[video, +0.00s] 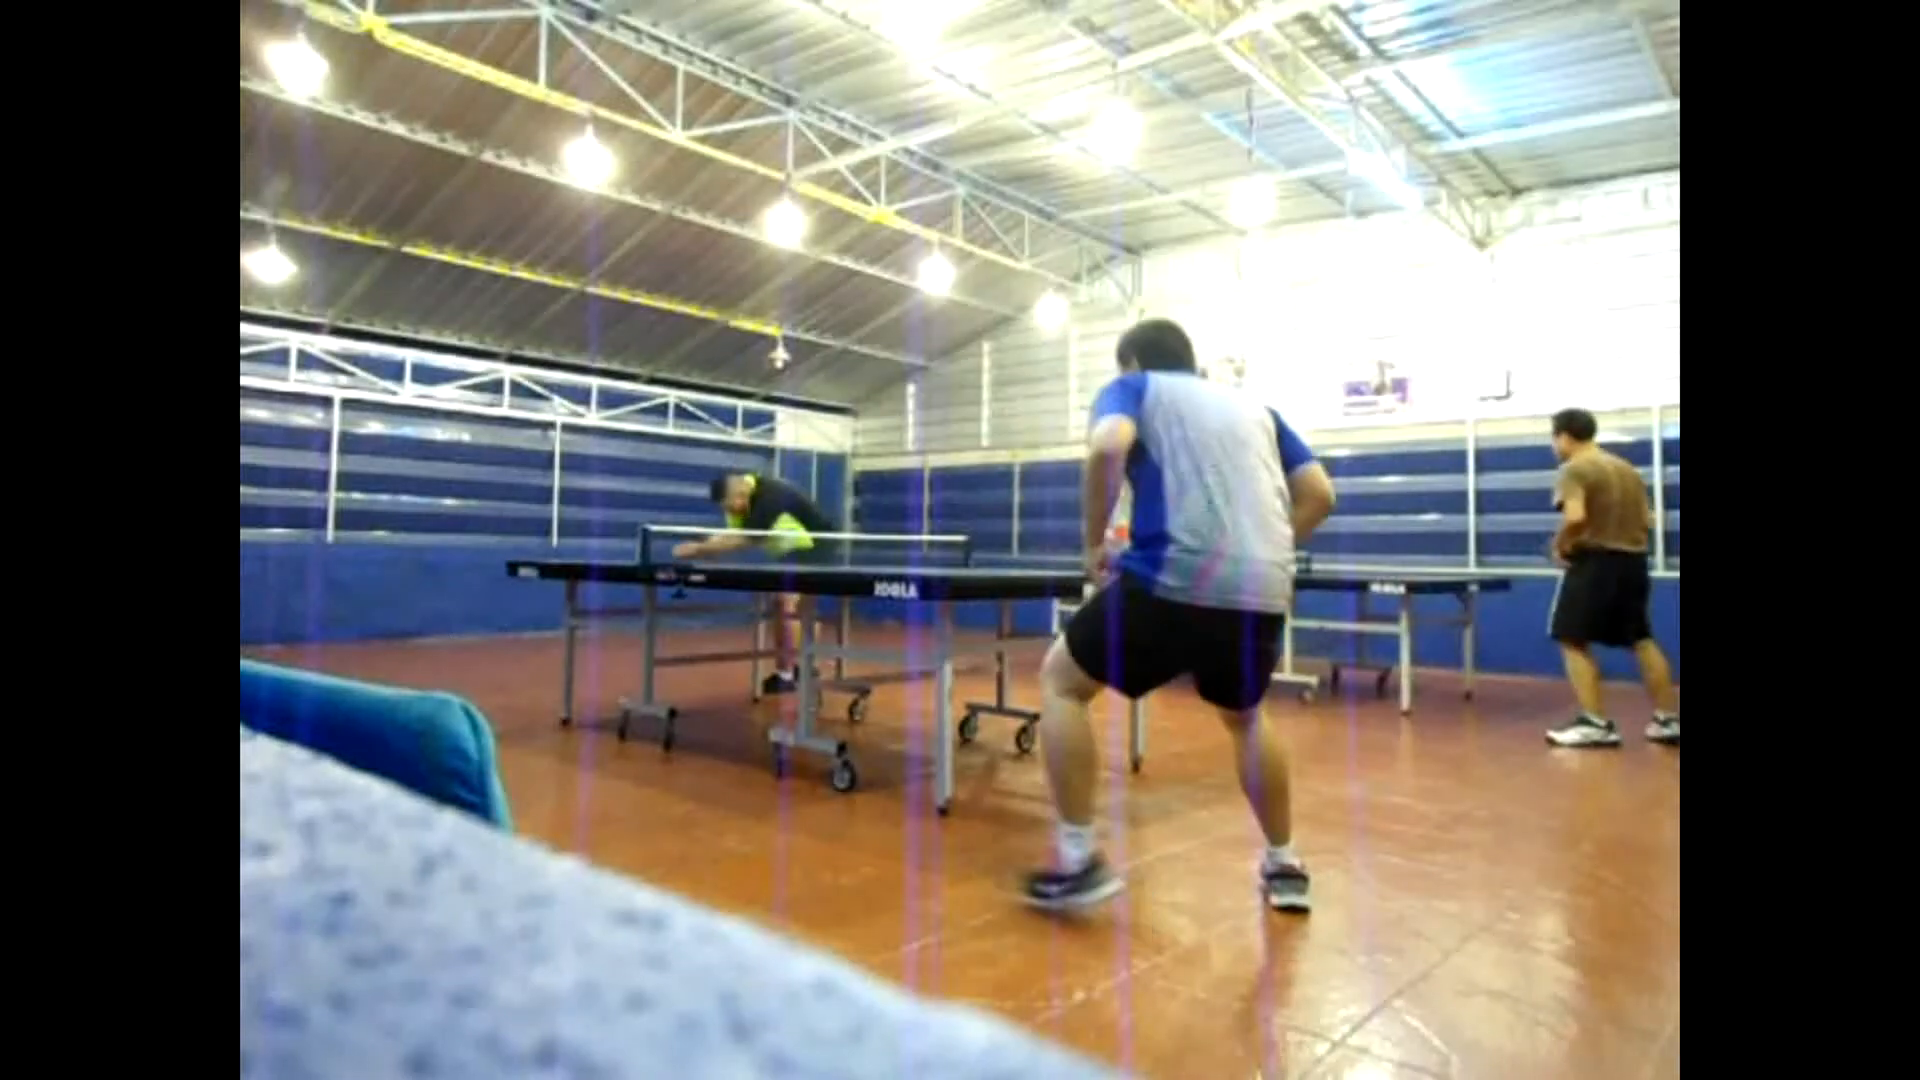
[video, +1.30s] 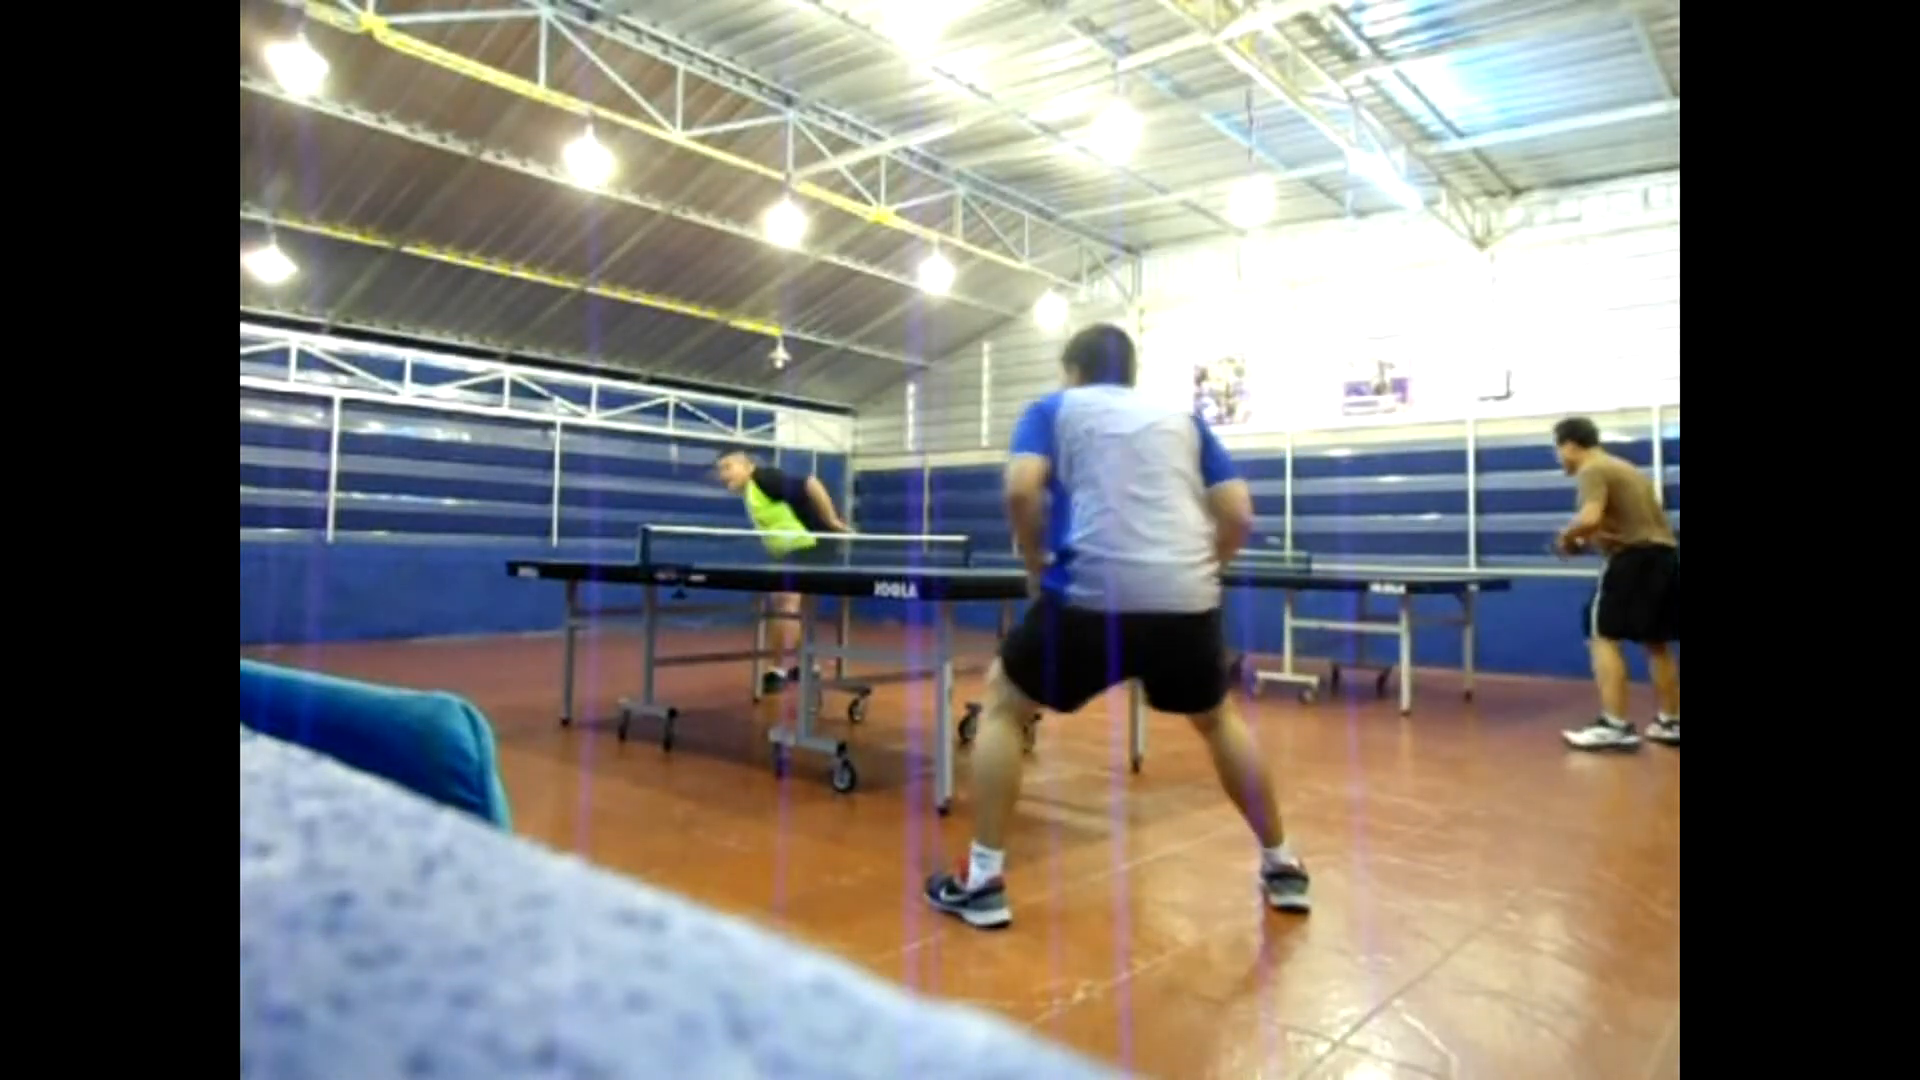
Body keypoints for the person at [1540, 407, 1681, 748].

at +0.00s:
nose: (1554, 445)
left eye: (1555, 437)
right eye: (1554, 438)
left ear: (1566, 437)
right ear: (1591, 435)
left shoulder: (1575, 470)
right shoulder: (1627, 469)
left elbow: (1576, 518)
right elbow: (1646, 520)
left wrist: (1561, 543)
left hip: (1594, 558)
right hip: (1633, 559)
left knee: (1571, 639)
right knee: (1641, 638)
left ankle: (1594, 720)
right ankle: (1668, 716)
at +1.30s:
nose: (1559, 457)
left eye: (1560, 449)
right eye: (1558, 450)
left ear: (1573, 445)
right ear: (1591, 443)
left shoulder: (1593, 469)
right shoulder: (1626, 468)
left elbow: (1590, 517)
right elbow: (1633, 528)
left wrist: (1568, 537)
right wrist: (1589, 537)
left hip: (1632, 554)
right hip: (1665, 551)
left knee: (1603, 638)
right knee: (1657, 642)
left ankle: (1614, 721)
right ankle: (1671, 719)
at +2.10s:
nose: (1559, 452)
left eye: (1562, 444)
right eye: (1559, 445)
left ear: (1576, 444)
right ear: (1587, 443)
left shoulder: (1603, 468)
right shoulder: (1599, 472)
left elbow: (1640, 501)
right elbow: (1599, 518)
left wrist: (1595, 536)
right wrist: (1548, 523)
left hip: (1643, 562)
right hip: (1659, 561)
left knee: (1596, 636)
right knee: (1664, 643)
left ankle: (1597, 724)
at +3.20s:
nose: (1642, 476)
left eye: (1644, 467)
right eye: (1637, 469)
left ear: (1663, 455)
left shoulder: (1674, 480)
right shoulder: (1655, 487)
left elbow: (1664, 534)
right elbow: (1663, 536)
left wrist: (1656, 586)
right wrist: (1656, 586)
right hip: (1676, 579)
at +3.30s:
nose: (1663, 468)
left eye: (1666, 459)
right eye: (1656, 462)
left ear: (1677, 451)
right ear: (1650, 461)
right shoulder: (1657, 487)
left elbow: (1656, 533)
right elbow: (1656, 533)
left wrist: (1646, 585)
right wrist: (1646, 584)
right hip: (1675, 581)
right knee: (1677, 647)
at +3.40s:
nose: (1673, 457)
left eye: (1676, 450)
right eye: (1669, 450)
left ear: (1678, 445)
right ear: (1663, 445)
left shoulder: (1660, 478)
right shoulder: (1656, 479)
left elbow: (1648, 525)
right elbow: (1649, 524)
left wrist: (1638, 577)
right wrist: (1637, 577)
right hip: (1670, 574)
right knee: (1672, 658)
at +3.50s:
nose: (1676, 442)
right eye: (1675, 434)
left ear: (1673, 437)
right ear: (1672, 436)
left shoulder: (1658, 476)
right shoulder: (1657, 476)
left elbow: (1637, 524)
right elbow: (1637, 524)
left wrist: (1628, 577)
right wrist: (1628, 576)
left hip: (1670, 573)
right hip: (1670, 572)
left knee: (1666, 655)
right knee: (1664, 655)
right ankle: (1676, 722)